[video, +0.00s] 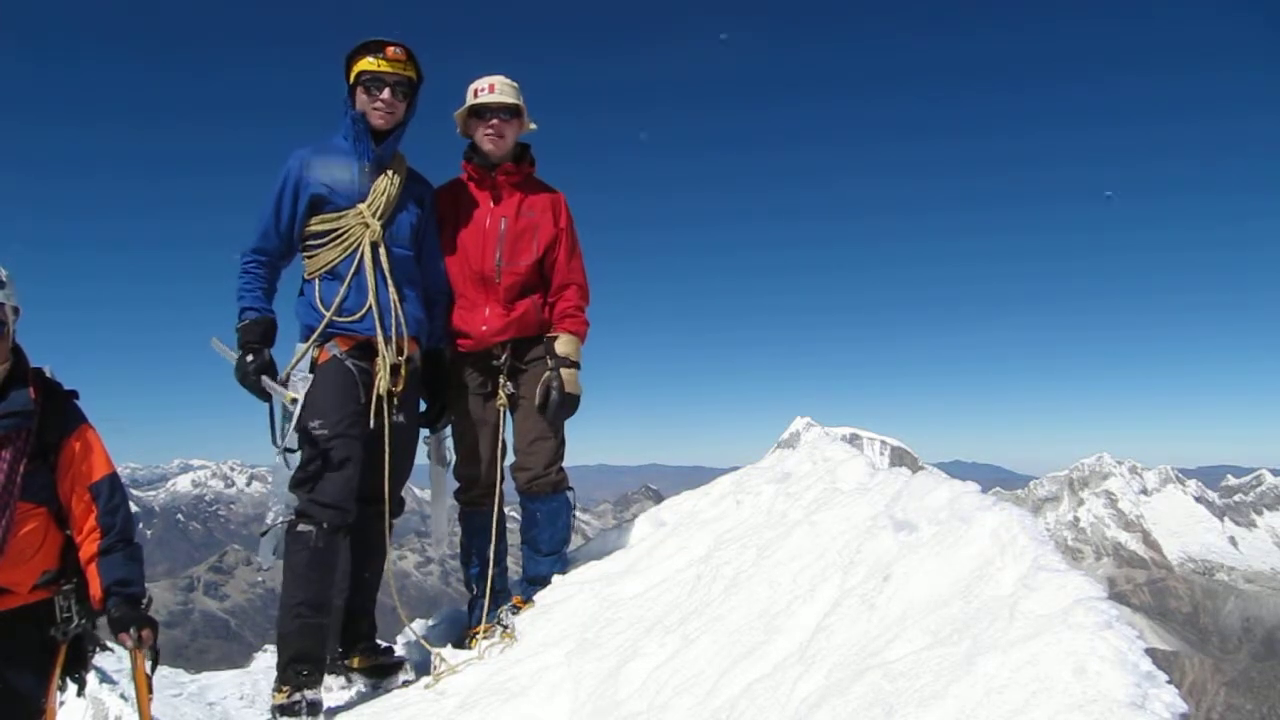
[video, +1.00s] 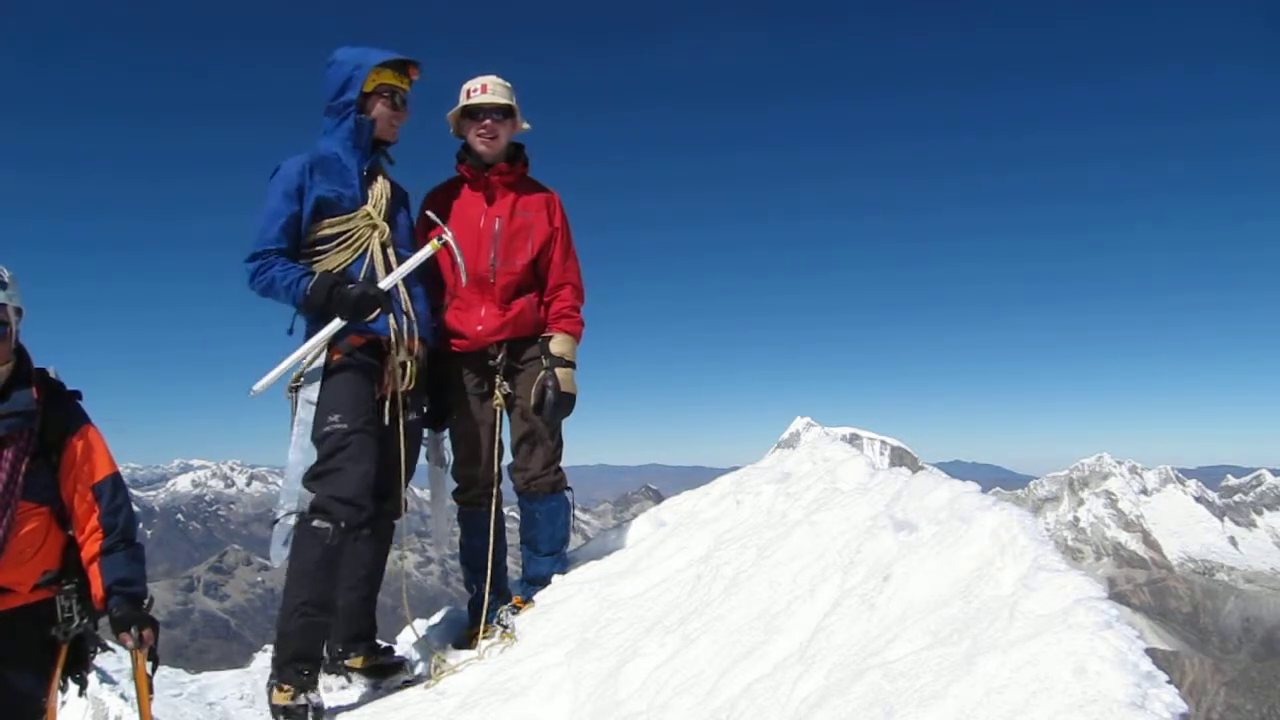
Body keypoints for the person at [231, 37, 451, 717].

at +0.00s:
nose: (385, 97)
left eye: (398, 89)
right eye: (373, 85)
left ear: (411, 100)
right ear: (352, 92)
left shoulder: (418, 189)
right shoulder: (312, 164)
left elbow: (433, 282)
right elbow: (261, 258)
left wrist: (440, 363)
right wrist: (255, 336)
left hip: (405, 364)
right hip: (337, 356)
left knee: (377, 505)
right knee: (328, 502)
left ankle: (355, 638)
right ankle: (299, 670)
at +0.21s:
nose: (387, 99)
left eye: (400, 90)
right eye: (376, 87)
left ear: (413, 102)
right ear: (355, 92)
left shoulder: (418, 191)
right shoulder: (314, 164)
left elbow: (433, 283)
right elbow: (255, 251)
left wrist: (440, 364)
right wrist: (264, 300)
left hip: (403, 366)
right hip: (335, 359)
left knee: (377, 507)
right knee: (326, 506)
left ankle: (354, 639)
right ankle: (300, 671)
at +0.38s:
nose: (400, 100)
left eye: (408, 91)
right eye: (386, 88)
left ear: (414, 102)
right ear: (357, 94)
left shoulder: (417, 191)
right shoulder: (313, 164)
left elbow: (432, 281)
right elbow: (253, 251)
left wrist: (440, 363)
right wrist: (288, 282)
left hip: (403, 365)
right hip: (337, 359)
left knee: (376, 507)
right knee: (325, 506)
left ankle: (354, 640)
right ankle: (299, 672)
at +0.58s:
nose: (407, 104)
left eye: (411, 94)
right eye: (394, 92)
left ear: (409, 104)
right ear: (360, 97)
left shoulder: (409, 191)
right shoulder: (316, 164)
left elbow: (430, 283)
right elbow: (258, 254)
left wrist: (437, 360)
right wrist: (311, 277)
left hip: (406, 364)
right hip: (345, 357)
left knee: (377, 507)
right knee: (329, 505)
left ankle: (354, 642)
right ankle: (299, 675)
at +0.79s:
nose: (404, 107)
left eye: (409, 97)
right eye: (392, 95)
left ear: (407, 106)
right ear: (358, 100)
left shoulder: (406, 195)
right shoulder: (314, 166)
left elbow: (427, 287)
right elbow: (261, 256)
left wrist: (433, 361)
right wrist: (325, 281)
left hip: (403, 363)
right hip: (348, 357)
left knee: (379, 505)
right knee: (339, 501)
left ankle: (355, 643)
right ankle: (299, 675)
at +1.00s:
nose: (399, 110)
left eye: (403, 100)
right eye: (387, 97)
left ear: (398, 109)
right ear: (353, 101)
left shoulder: (397, 193)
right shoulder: (308, 170)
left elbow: (420, 283)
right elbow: (262, 266)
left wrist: (432, 360)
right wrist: (323, 289)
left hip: (401, 363)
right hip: (344, 358)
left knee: (381, 504)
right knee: (341, 498)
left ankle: (354, 643)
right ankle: (295, 671)